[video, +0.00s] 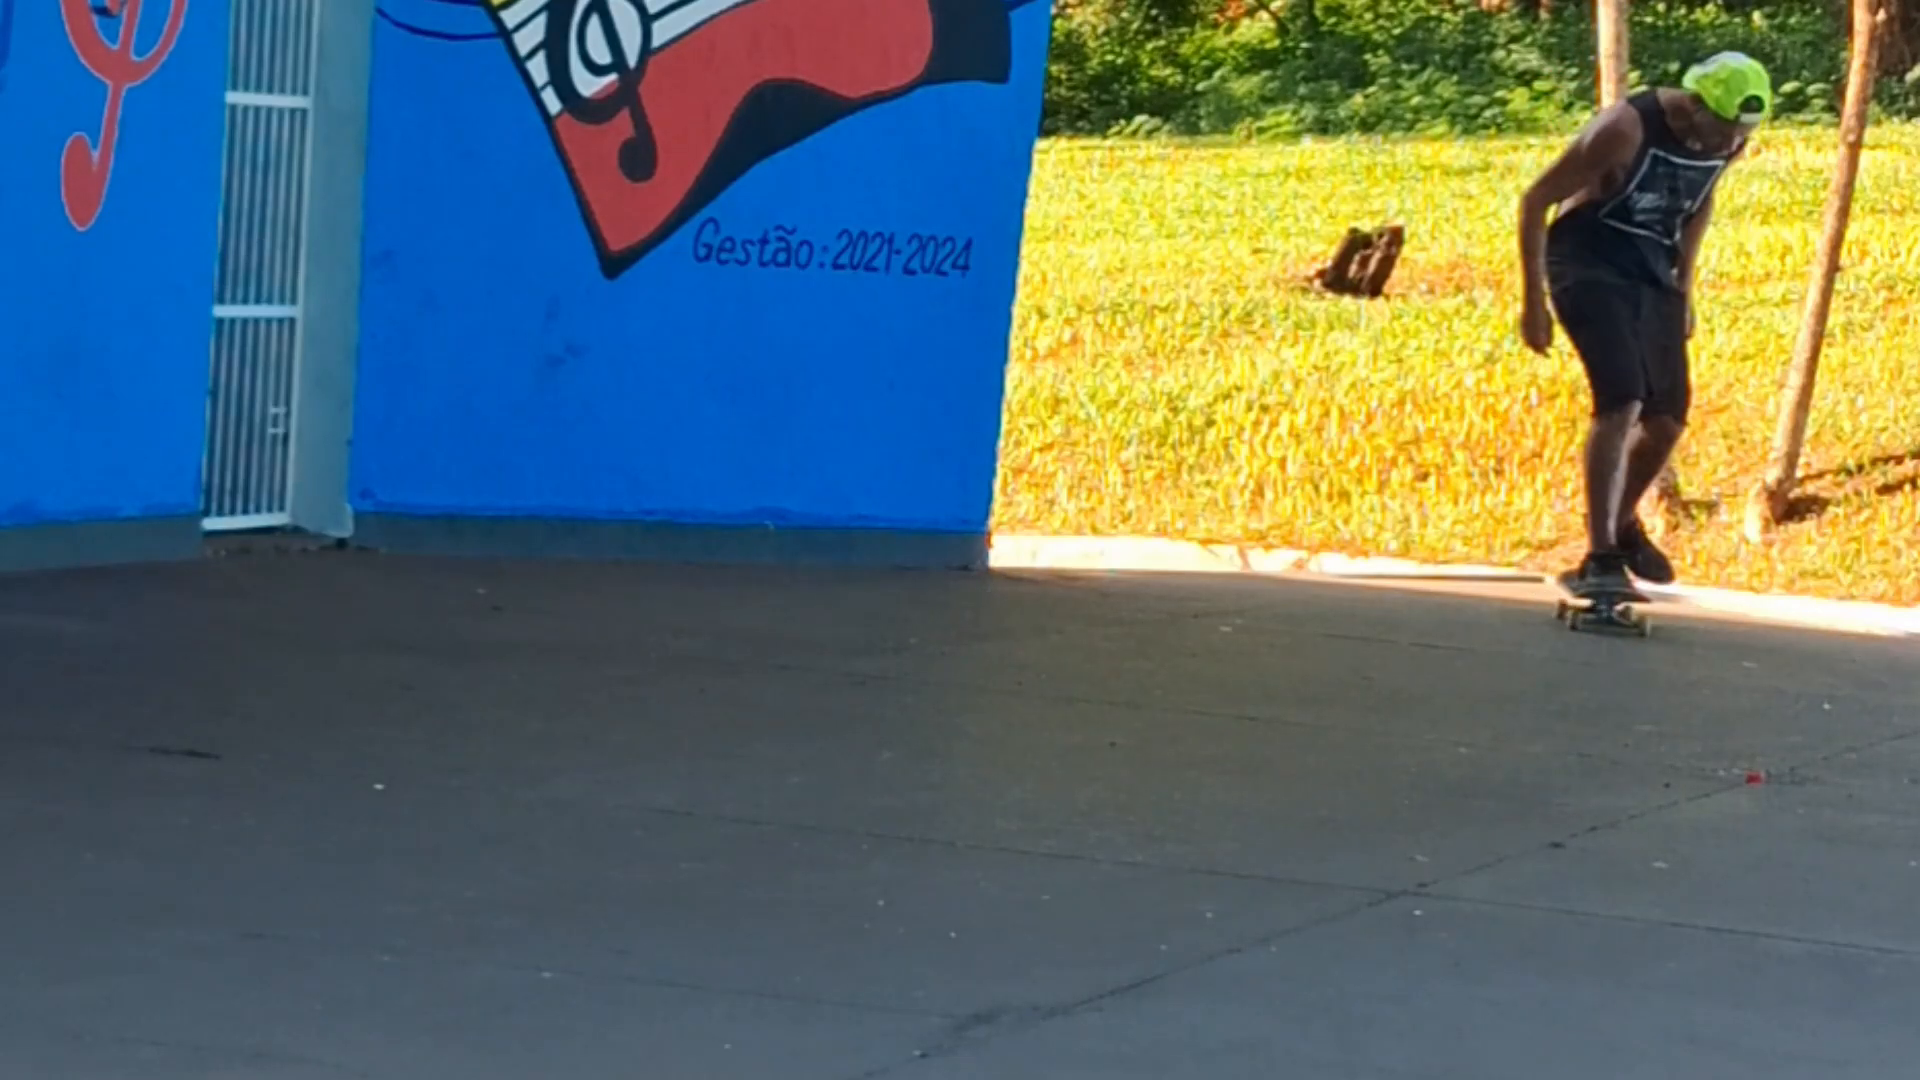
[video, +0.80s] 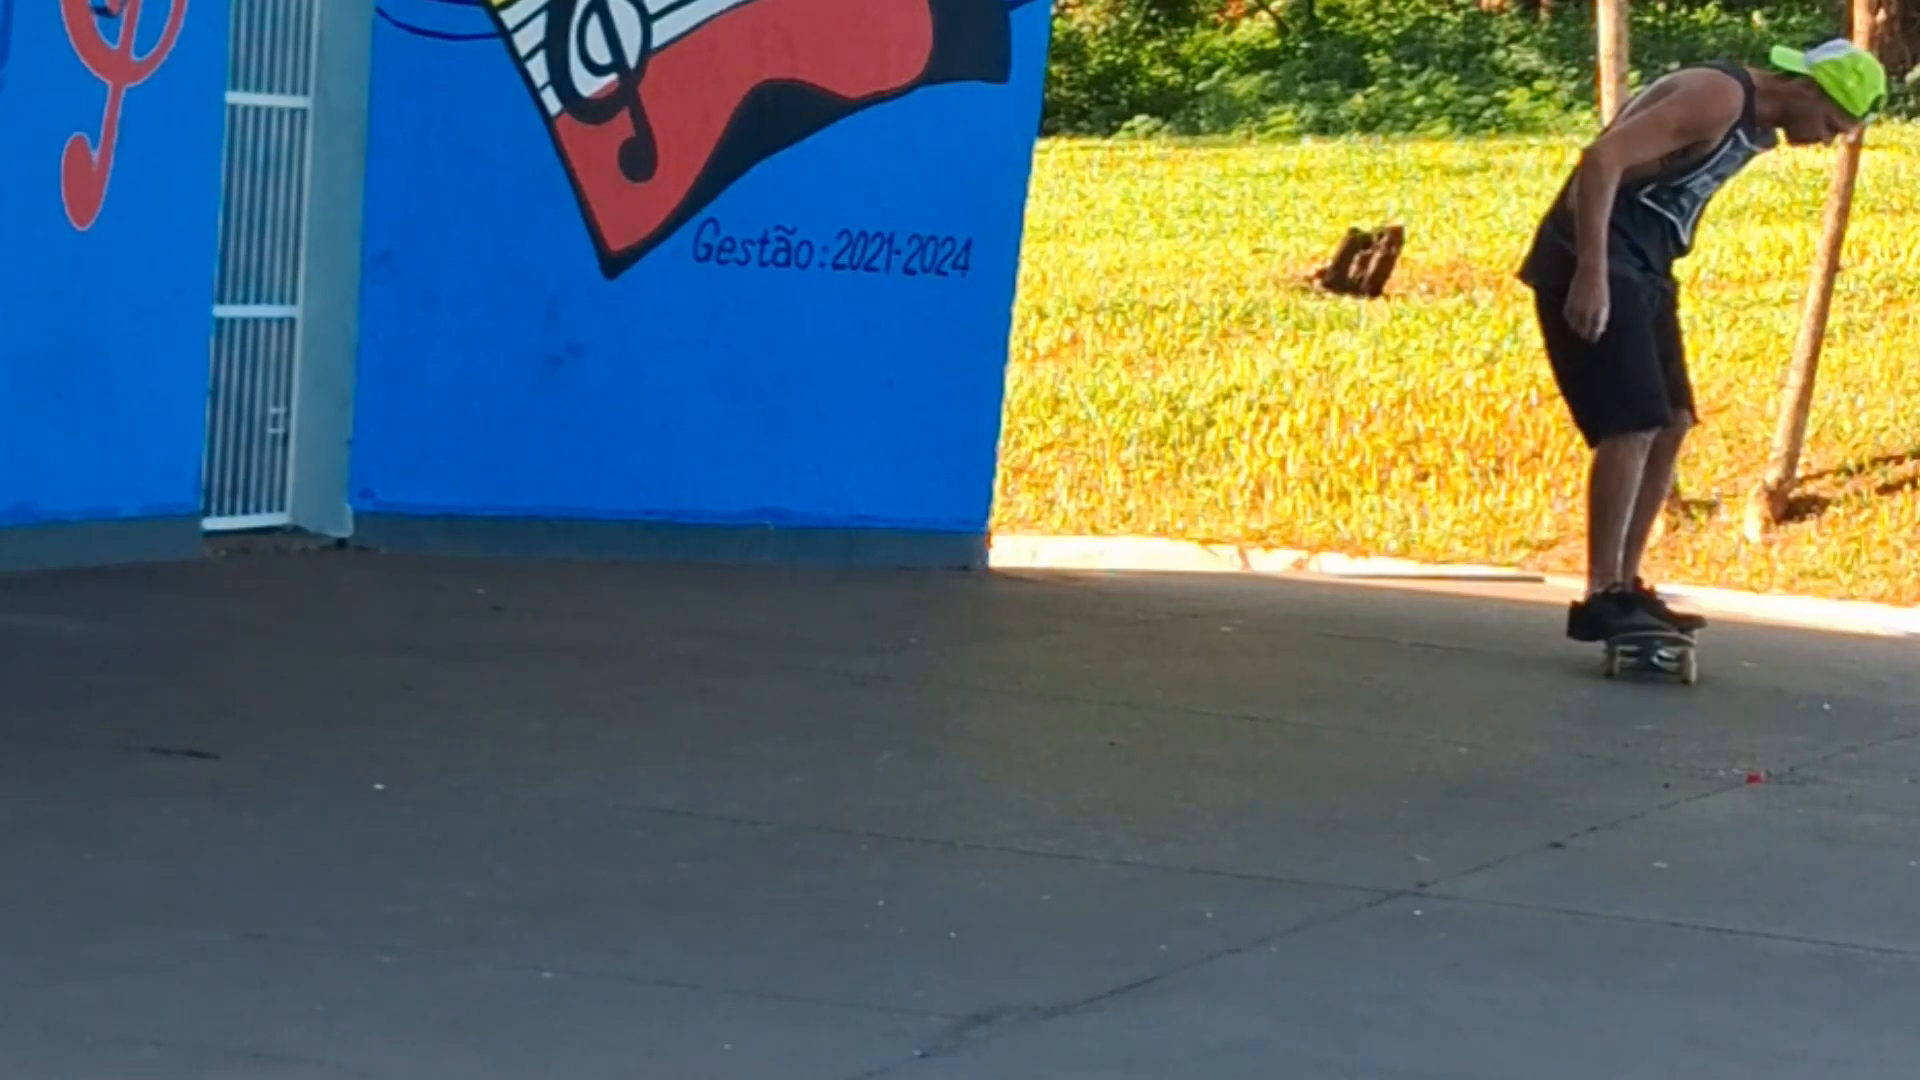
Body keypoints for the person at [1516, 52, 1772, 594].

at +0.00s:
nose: (1735, 145)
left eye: (1743, 135)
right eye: (1728, 132)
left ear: (1749, 123)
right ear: (1698, 108)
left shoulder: (1727, 139)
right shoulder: (1623, 129)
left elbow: (1697, 212)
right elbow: (1534, 200)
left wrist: (1682, 292)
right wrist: (1534, 301)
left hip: (1656, 279)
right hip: (1591, 269)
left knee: (1666, 417)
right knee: (1621, 400)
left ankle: (1620, 521)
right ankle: (1601, 557)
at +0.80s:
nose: (1826, 139)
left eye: (1837, 133)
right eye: (1831, 124)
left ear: (1811, 96)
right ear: (1808, 89)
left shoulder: (1754, 128)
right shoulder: (1715, 97)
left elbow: (1657, 187)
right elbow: (1601, 159)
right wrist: (1591, 272)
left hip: (1641, 272)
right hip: (1595, 264)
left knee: (1671, 421)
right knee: (1631, 424)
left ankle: (1623, 587)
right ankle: (1600, 597)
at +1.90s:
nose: (1803, 222)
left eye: (1815, 217)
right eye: (1812, 206)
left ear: (1792, 163)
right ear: (1794, 162)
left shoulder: (1711, 179)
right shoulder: (1703, 152)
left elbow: (1586, 237)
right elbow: (1577, 212)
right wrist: (1571, 348)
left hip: (1531, 267)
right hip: (1491, 257)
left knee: (1615, 438)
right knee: (1578, 441)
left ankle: (1539, 629)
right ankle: (1500, 629)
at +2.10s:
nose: (1776, 238)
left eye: (1790, 233)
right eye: (1787, 222)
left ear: (1773, 182)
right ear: (1771, 178)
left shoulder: (1683, 190)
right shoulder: (1679, 161)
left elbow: (1556, 264)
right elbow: (1547, 227)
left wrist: (1481, 398)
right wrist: (1533, 368)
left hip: (1499, 267)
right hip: (1455, 254)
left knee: (1578, 443)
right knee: (1549, 442)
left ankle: (1500, 640)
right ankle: (1448, 629)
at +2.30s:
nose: (1744, 245)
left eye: (1760, 241)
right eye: (1757, 230)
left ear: (1742, 182)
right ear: (1743, 184)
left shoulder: (1652, 186)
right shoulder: (1653, 164)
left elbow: (1518, 264)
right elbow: (1516, 235)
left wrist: (1424, 388)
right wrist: (1494, 380)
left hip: (1457, 256)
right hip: (1415, 245)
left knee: (1540, 439)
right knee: (1502, 447)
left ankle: (1464, 644)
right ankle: (1397, 638)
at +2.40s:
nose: (1727, 260)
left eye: (1742, 254)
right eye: (1742, 244)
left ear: (1722, 192)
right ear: (1725, 199)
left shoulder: (1636, 185)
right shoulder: (1630, 181)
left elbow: (1493, 264)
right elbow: (1499, 258)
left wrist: (1415, 412)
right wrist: (1479, 402)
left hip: (1431, 255)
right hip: (1392, 248)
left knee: (1527, 439)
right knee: (1492, 449)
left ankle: (1442, 648)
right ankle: (1376, 637)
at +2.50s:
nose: (1702, 281)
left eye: (1717, 276)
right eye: (1716, 267)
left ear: (1696, 217)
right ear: (1699, 223)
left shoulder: (1614, 210)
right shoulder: (1608, 205)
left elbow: (1490, 308)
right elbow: (1490, 297)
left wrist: (1424, 480)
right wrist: (1482, 449)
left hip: (1405, 275)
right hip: (1364, 270)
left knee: (1518, 445)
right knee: (1478, 469)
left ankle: (1416, 651)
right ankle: (1351, 641)